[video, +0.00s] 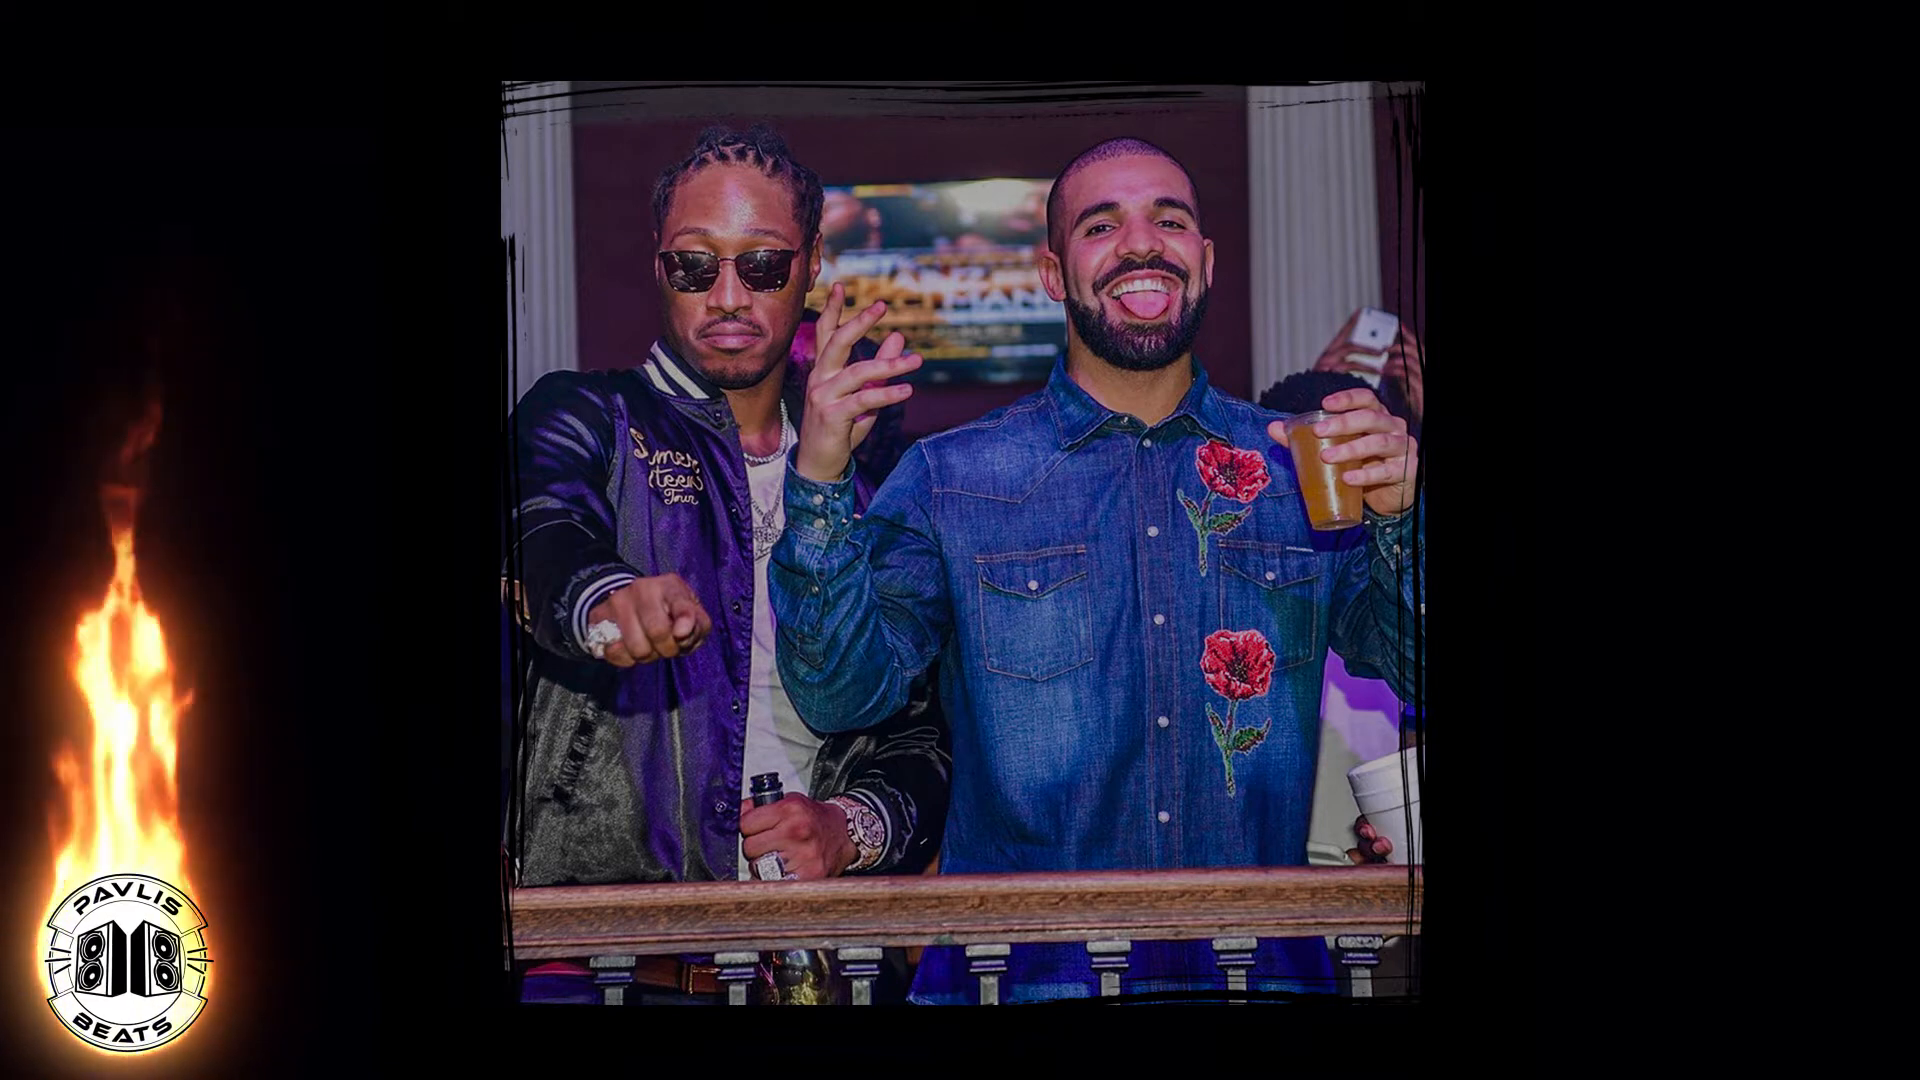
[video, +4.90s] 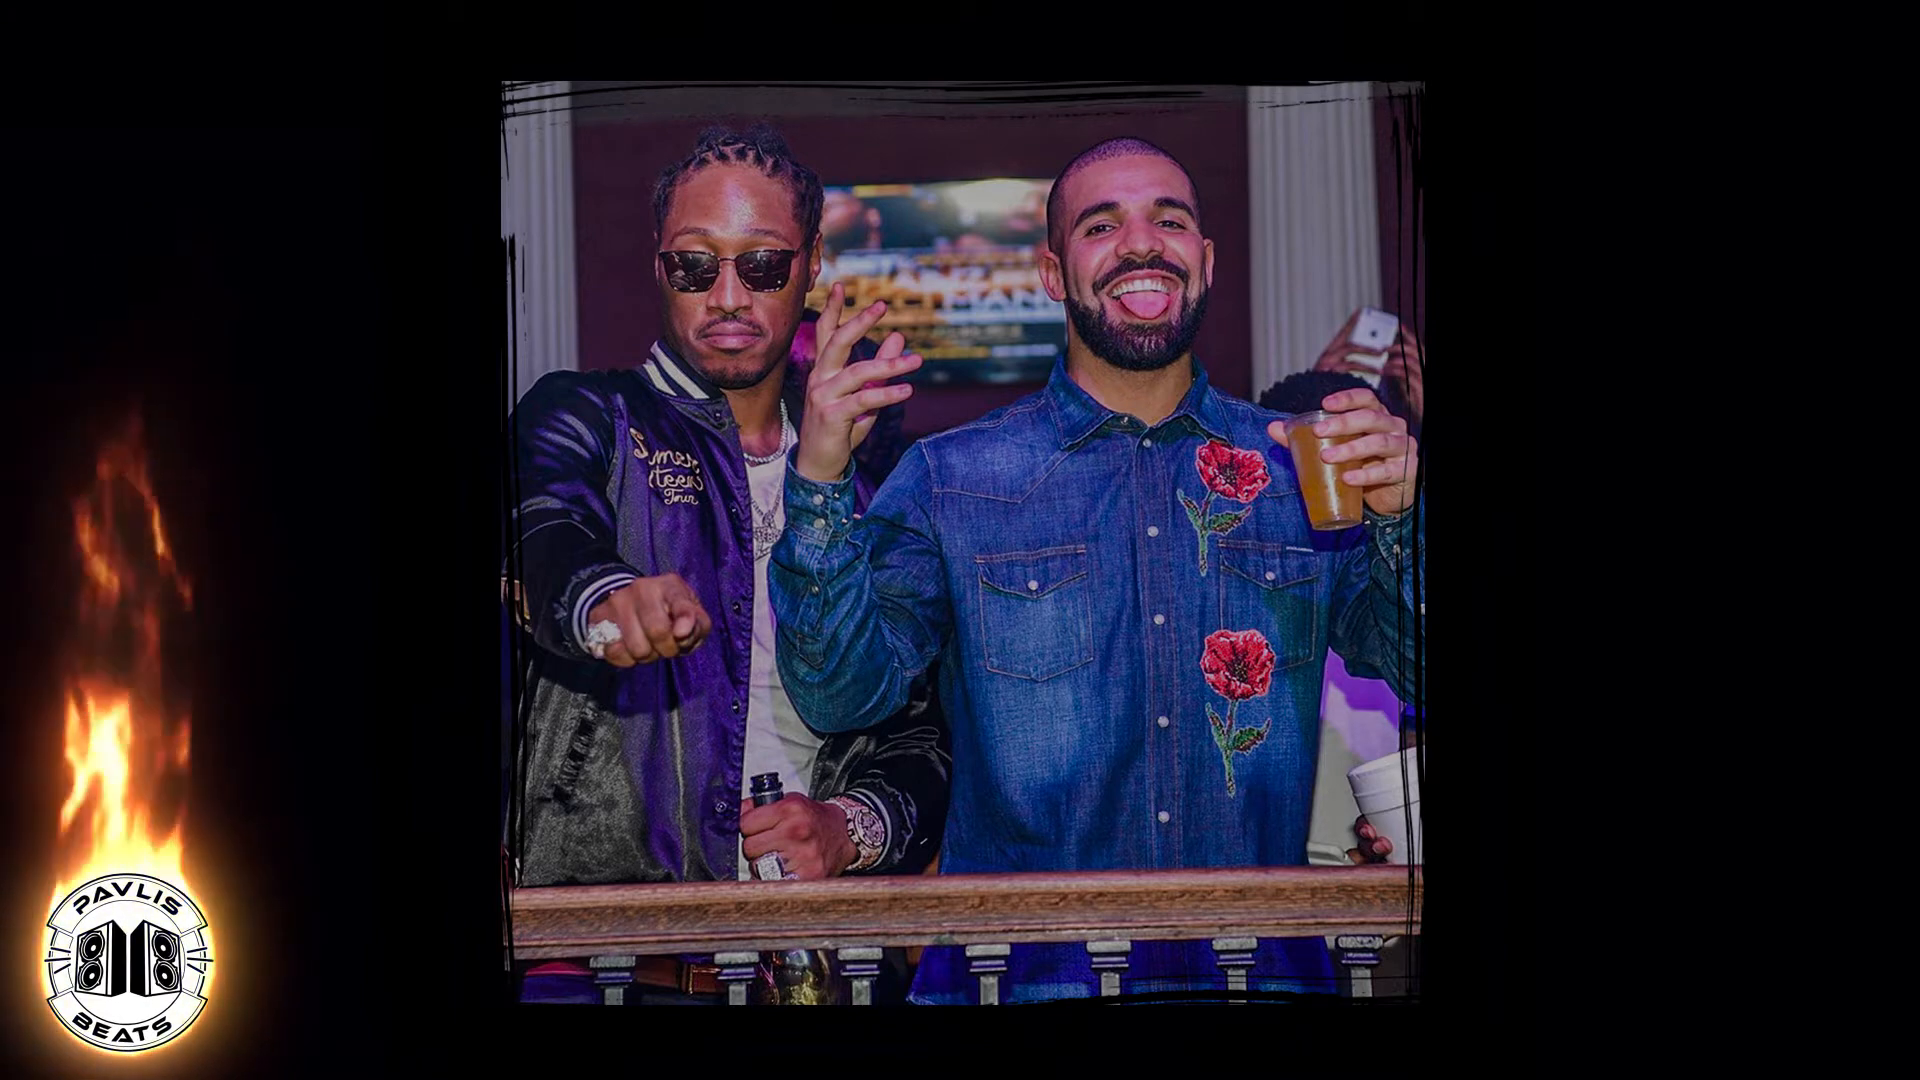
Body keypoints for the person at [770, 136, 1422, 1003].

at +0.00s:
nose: (1142, 242)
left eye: (1170, 219)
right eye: (1102, 225)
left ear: (1207, 259)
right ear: (1055, 273)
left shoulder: (1304, 469)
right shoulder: (945, 478)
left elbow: (1413, 673)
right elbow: (840, 692)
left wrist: (1402, 516)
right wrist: (818, 475)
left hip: (1255, 955)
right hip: (1022, 963)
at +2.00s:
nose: (1142, 242)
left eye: (1170, 219)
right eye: (1102, 225)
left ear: (1207, 259)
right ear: (1055, 273)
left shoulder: (1304, 469)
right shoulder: (945, 478)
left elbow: (1413, 673)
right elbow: (840, 692)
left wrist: (1402, 516)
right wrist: (818, 475)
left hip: (1255, 955)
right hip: (1022, 963)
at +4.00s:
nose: (1141, 242)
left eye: (1169, 219)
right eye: (1102, 225)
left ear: (1208, 258)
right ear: (1055, 273)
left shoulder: (1305, 468)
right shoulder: (945, 479)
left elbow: (1411, 671)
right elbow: (840, 692)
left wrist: (1401, 516)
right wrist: (818, 474)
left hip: (1255, 952)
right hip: (1020, 963)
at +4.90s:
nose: (1141, 242)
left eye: (1169, 219)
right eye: (1102, 224)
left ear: (1208, 259)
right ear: (1055, 272)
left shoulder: (1304, 469)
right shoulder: (945, 478)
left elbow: (1413, 672)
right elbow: (840, 692)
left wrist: (1402, 515)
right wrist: (818, 473)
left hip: (1255, 954)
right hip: (1020, 964)